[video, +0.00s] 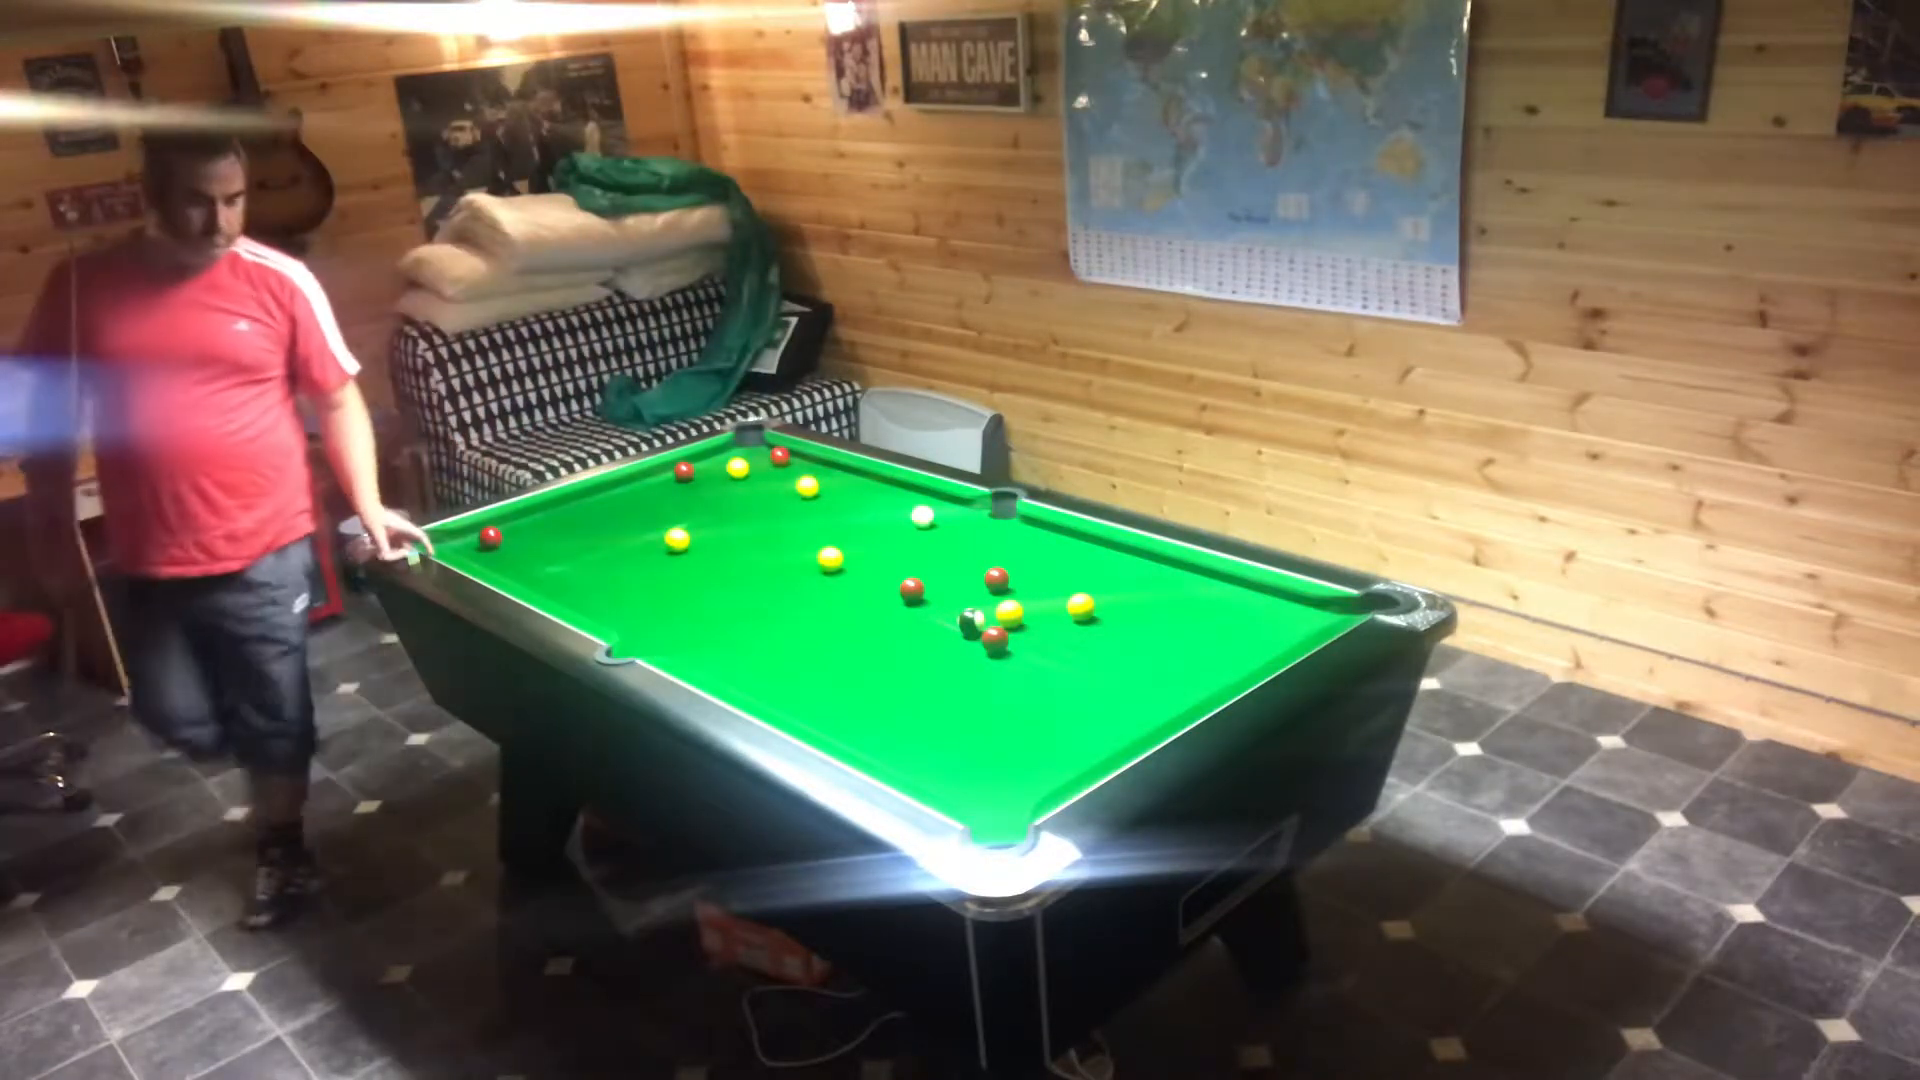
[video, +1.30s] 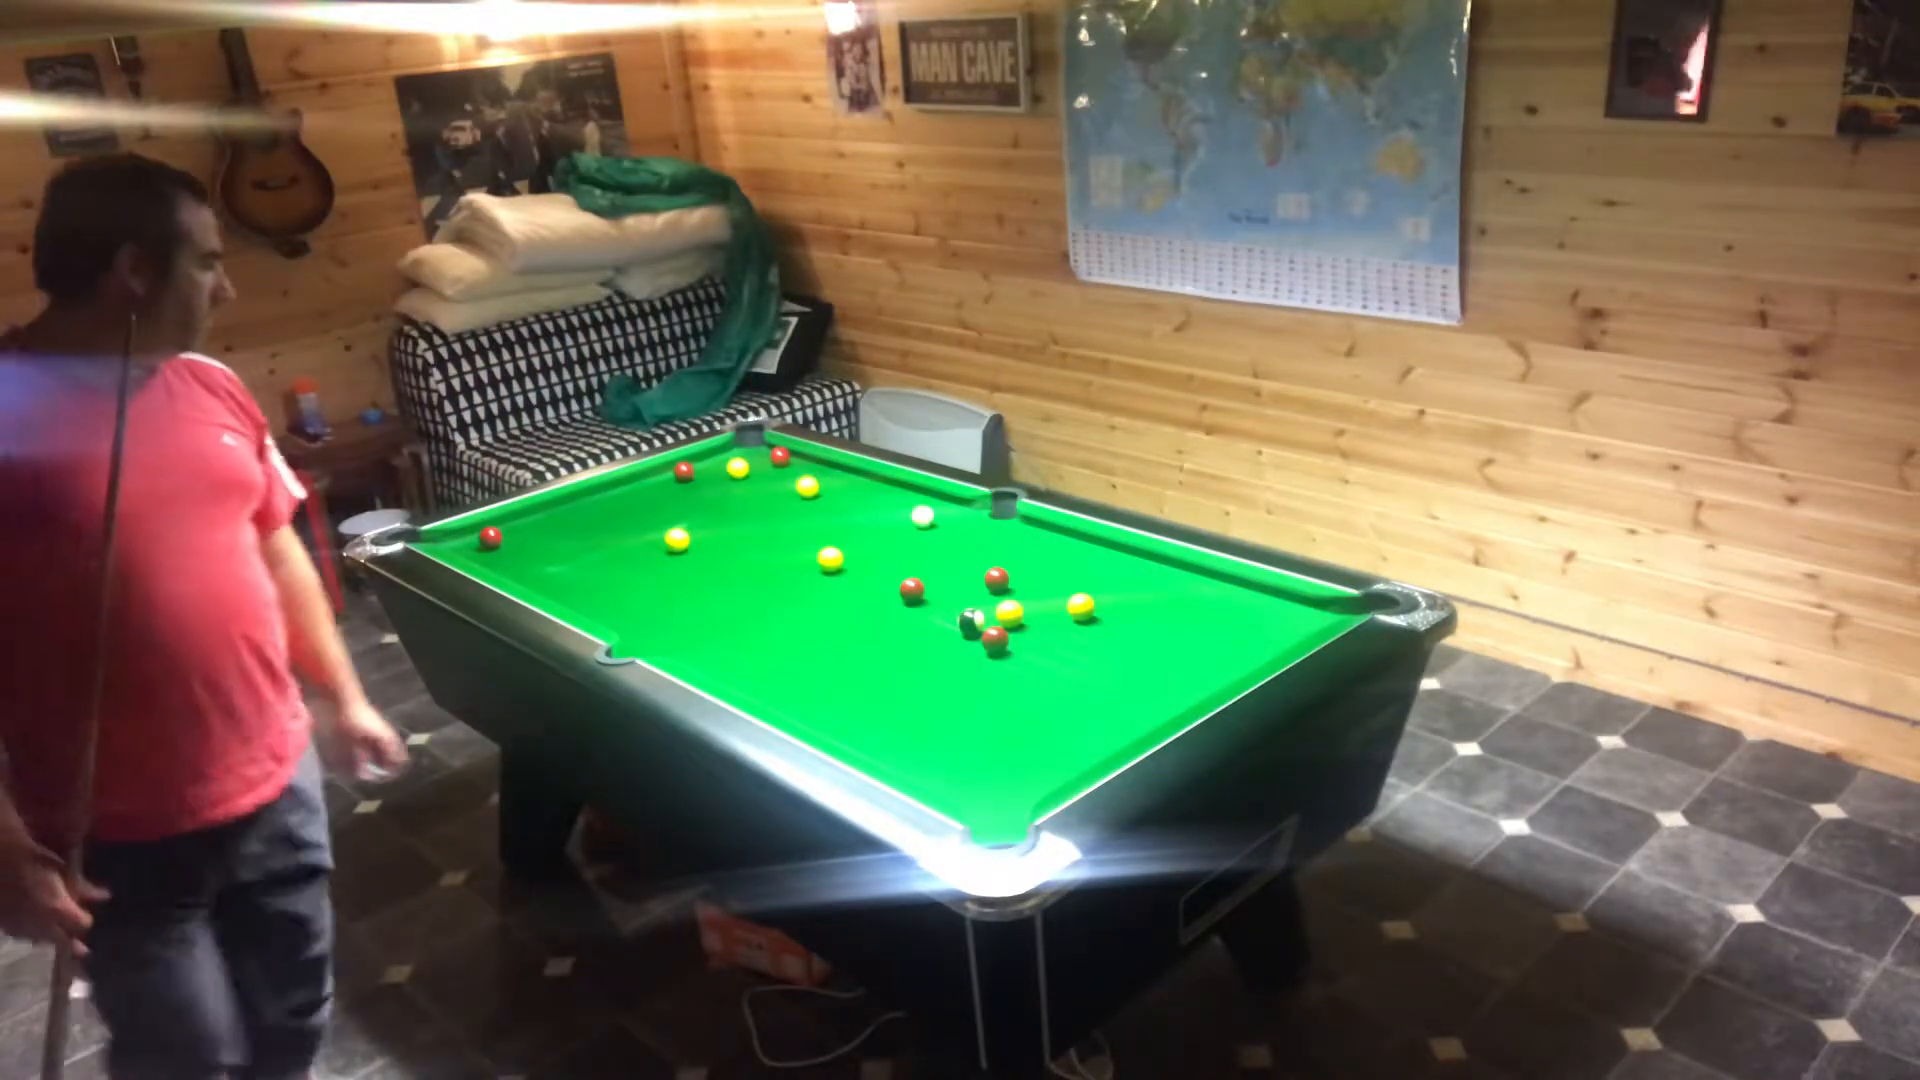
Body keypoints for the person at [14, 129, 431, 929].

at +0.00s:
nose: (222, 219)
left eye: (235, 199)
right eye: (200, 203)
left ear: (247, 191)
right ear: (153, 198)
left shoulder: (282, 284)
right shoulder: (85, 289)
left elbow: (338, 398)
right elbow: (45, 428)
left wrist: (369, 504)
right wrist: (60, 544)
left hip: (262, 555)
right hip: (148, 563)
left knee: (273, 722)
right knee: (179, 719)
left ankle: (282, 852)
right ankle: (270, 752)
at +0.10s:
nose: (205, 224)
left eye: (218, 204)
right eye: (183, 207)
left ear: (232, 194)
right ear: (135, 202)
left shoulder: (267, 291)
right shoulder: (63, 297)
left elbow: (323, 407)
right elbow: (25, 442)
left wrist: (367, 511)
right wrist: (52, 555)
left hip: (248, 573)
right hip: (130, 583)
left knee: (275, 729)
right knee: (154, 746)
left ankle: (285, 848)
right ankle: (211, 847)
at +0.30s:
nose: (171, 240)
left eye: (182, 220)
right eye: (148, 224)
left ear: (189, 210)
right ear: (83, 218)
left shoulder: (224, 308)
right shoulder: (26, 326)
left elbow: (293, 419)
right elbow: (17, 462)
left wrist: (359, 519)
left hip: (224, 607)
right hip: (100, 627)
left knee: (264, 752)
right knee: (139, 806)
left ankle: (281, 849)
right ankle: (157, 984)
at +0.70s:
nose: (121, 254)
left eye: (122, 233)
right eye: (97, 237)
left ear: (120, 231)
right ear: (23, 244)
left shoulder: (144, 338)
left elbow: (208, 464)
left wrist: (281, 572)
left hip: (177, 673)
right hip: (40, 706)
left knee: (216, 849)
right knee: (104, 893)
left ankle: (242, 915)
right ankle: (159, 1018)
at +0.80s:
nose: (125, 261)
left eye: (124, 239)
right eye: (100, 244)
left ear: (120, 236)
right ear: (28, 253)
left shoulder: (138, 347)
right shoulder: (5, 376)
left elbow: (193, 479)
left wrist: (241, 600)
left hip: (177, 683)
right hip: (40, 717)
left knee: (218, 872)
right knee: (104, 902)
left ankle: (257, 1026)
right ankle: (160, 1018)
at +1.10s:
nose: (181, 293)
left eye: (178, 270)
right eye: (163, 271)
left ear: (107, 281)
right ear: (90, 281)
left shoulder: (175, 390)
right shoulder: (9, 406)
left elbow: (221, 535)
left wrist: (260, 665)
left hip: (214, 749)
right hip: (66, 785)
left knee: (260, 1012)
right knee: (120, 957)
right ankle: (151, 1027)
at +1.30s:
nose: (225, 288)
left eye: (220, 262)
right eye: (207, 263)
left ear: (141, 273)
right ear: (131, 273)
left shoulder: (212, 388)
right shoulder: (11, 402)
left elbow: (279, 545)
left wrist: (346, 697)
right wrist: (5, 840)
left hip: (274, 801)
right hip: (116, 841)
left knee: (291, 1040)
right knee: (187, 1062)